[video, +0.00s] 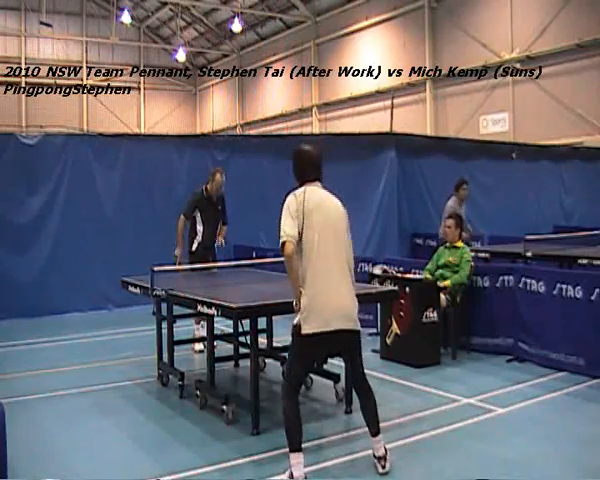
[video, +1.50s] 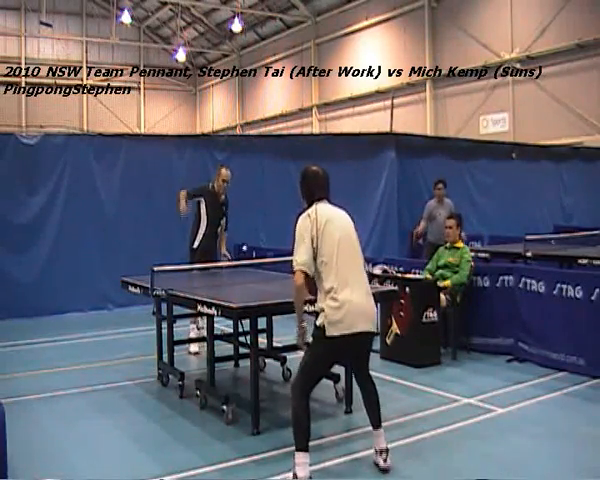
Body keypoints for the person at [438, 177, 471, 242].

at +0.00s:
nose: (466, 193)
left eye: (466, 189)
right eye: (463, 189)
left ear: (468, 191)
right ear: (457, 191)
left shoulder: (462, 204)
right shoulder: (451, 205)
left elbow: (464, 219)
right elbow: (448, 225)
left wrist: (469, 229)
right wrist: (461, 234)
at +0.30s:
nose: (456, 194)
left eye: (457, 191)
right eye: (454, 191)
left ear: (458, 193)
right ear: (448, 192)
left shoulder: (456, 204)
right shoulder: (441, 206)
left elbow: (460, 220)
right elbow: (435, 223)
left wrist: (468, 232)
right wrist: (439, 236)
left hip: (455, 237)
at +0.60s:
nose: (451, 193)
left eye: (452, 190)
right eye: (449, 190)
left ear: (455, 191)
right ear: (445, 192)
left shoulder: (461, 204)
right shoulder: (442, 204)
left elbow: (468, 218)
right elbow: (436, 217)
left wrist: (470, 233)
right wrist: (426, 225)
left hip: (457, 234)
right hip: (444, 234)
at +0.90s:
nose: (455, 186)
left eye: (456, 183)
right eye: (452, 183)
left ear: (458, 185)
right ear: (448, 185)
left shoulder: (463, 198)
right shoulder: (444, 198)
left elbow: (468, 211)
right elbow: (438, 212)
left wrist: (474, 225)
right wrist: (435, 211)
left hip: (458, 228)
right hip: (445, 227)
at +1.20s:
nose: (446, 192)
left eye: (447, 189)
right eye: (444, 190)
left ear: (449, 191)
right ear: (439, 192)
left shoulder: (452, 203)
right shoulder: (433, 205)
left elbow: (458, 217)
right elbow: (428, 217)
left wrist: (466, 232)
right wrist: (425, 223)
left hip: (451, 236)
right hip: (436, 236)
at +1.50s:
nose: (440, 192)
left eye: (442, 189)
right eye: (438, 189)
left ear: (445, 191)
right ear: (434, 191)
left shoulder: (449, 204)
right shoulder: (430, 205)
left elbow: (452, 218)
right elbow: (424, 219)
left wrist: (455, 232)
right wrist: (420, 229)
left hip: (446, 239)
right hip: (432, 240)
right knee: (429, 263)